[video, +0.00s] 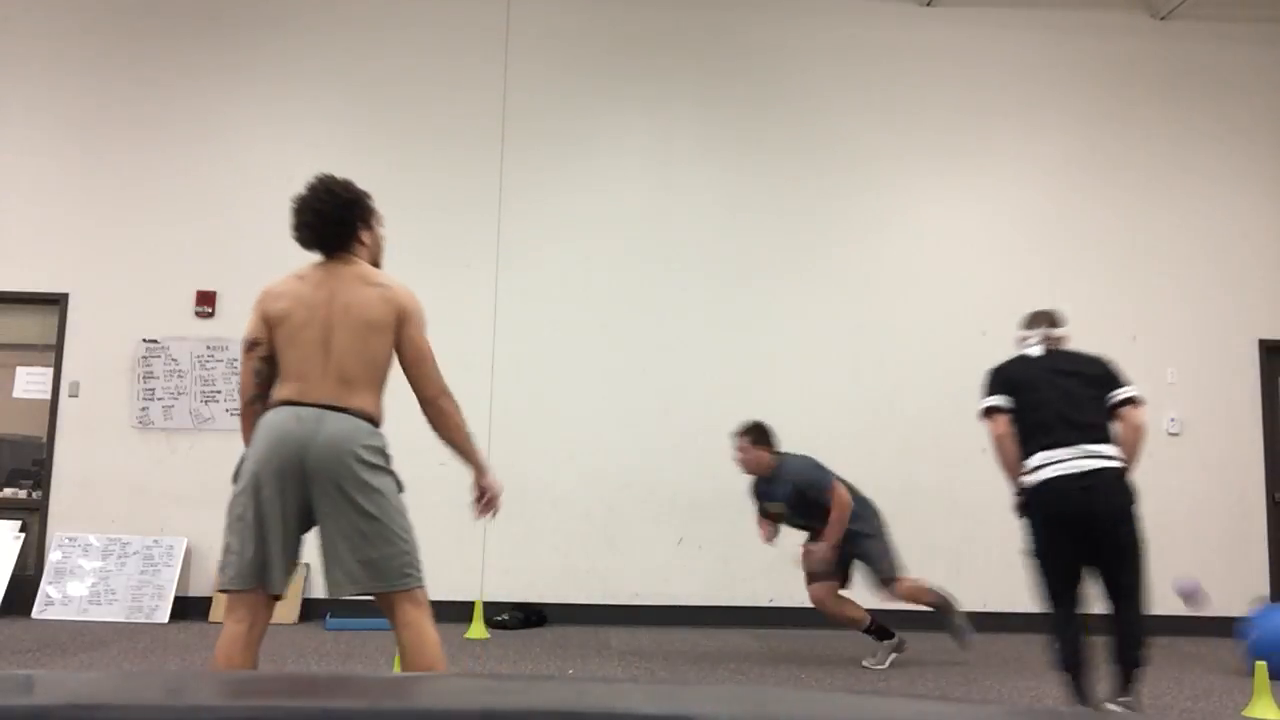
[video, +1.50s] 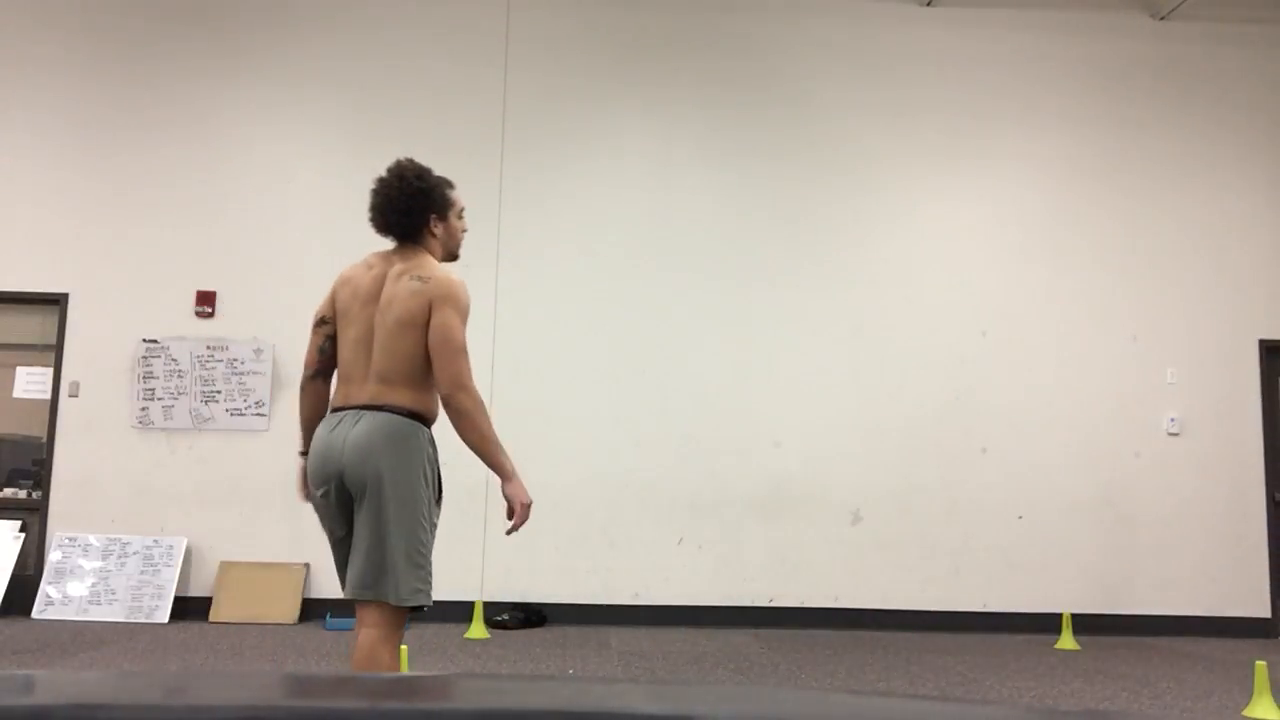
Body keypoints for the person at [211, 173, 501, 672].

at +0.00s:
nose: (383, 234)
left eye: (379, 224)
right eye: (378, 224)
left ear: (320, 236)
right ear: (362, 231)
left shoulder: (276, 296)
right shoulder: (394, 298)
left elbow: (251, 396)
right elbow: (434, 398)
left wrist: (259, 463)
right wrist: (479, 465)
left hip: (277, 435)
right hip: (351, 438)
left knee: (246, 608)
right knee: (407, 604)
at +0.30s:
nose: (345, 222)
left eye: (342, 211)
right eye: (339, 211)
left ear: (281, 224)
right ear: (319, 219)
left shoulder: (237, 288)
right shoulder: (352, 282)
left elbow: (215, 393)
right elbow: (391, 384)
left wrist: (221, 469)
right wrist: (444, 433)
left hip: (240, 438)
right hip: (316, 440)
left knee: (225, 613)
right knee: (377, 598)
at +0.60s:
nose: (346, 223)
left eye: (342, 212)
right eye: (338, 213)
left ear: (278, 227)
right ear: (317, 223)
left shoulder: (236, 288)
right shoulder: (346, 280)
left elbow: (207, 390)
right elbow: (353, 377)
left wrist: (190, 477)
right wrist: (384, 467)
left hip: (236, 443)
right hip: (312, 444)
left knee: (224, 613)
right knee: (363, 605)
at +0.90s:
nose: (377, 219)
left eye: (373, 208)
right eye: (369, 210)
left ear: (317, 224)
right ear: (346, 221)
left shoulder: (269, 286)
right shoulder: (369, 277)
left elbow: (240, 386)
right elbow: (381, 375)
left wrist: (224, 473)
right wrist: (423, 461)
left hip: (266, 441)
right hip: (337, 442)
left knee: (247, 613)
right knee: (353, 616)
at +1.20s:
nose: (427, 220)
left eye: (424, 209)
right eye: (420, 210)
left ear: (367, 221)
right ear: (396, 218)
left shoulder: (316, 283)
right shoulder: (415, 280)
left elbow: (292, 385)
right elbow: (430, 386)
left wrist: (314, 449)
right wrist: (476, 452)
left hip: (314, 442)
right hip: (382, 444)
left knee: (296, 601)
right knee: (373, 618)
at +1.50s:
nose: (464, 228)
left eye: (462, 216)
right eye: (459, 217)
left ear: (404, 224)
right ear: (434, 224)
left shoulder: (348, 281)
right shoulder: (443, 285)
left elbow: (314, 374)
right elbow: (456, 392)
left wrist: (309, 454)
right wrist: (507, 474)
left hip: (331, 443)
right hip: (393, 446)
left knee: (375, 615)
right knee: (380, 618)